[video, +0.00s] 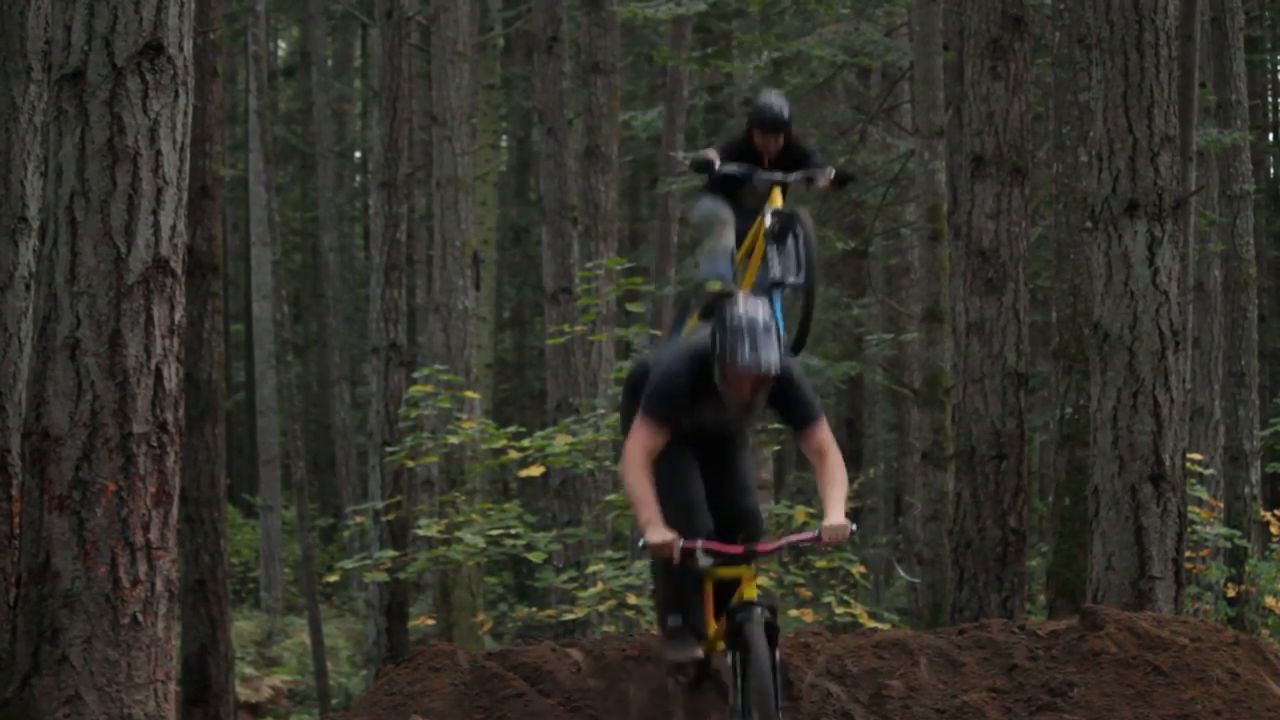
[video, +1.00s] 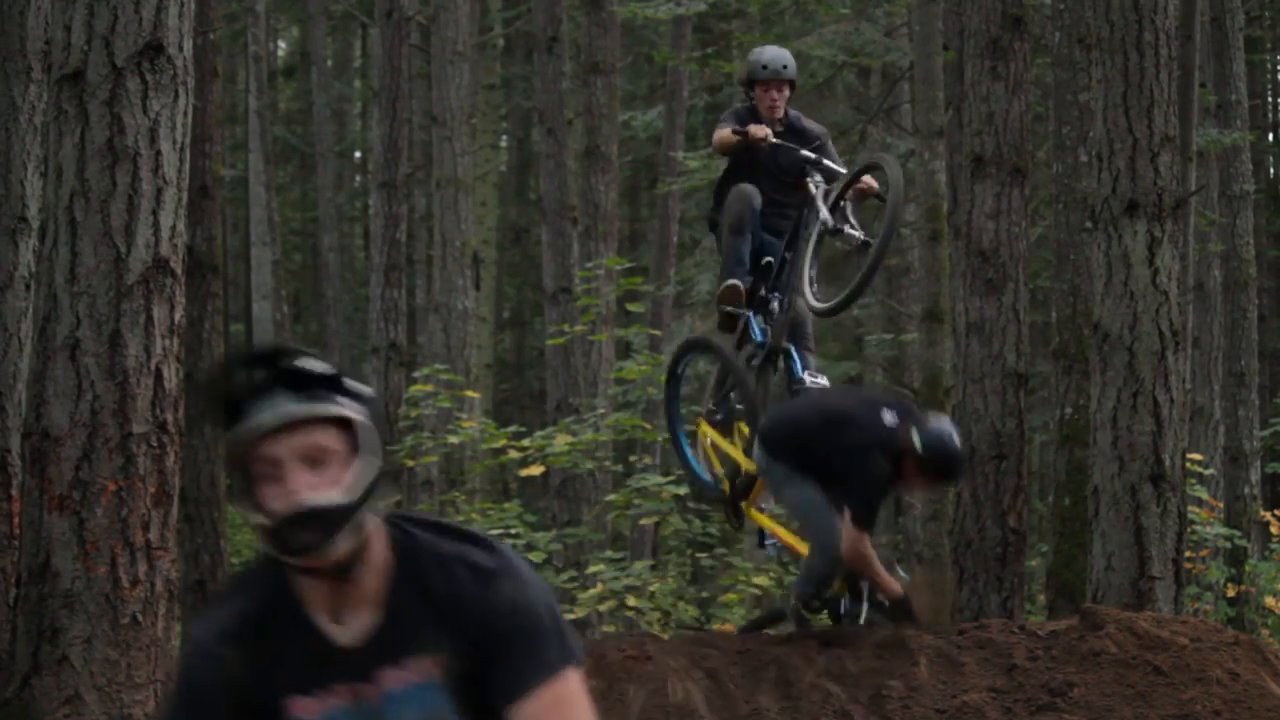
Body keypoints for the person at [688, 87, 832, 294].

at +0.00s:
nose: (770, 144)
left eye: (776, 137)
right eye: (764, 136)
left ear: (785, 135)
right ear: (752, 133)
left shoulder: (792, 151)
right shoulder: (741, 146)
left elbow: (812, 166)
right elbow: (720, 153)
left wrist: (824, 177)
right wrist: (709, 158)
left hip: (764, 216)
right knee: (719, 214)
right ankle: (716, 281)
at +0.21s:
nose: (790, 22)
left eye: (796, 16)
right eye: (784, 15)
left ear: (805, 12)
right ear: (771, 10)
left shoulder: (816, 27)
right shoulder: (755, 23)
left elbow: (848, 61)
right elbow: (727, 66)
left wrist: (863, 92)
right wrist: (719, 102)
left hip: (780, 105)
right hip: (742, 94)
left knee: (770, 180)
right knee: (737, 136)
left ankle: (748, 260)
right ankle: (723, 208)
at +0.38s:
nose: (808, 3)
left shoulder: (841, 4)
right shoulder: (769, 2)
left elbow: (871, 40)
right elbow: (743, 44)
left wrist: (887, 82)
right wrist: (736, 95)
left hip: (788, 70)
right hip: (752, 57)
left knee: (783, 152)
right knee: (753, 120)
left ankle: (750, 245)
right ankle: (737, 205)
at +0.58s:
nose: (850, 71)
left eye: (859, 66)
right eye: (845, 62)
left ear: (870, 62)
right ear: (832, 51)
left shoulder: (871, 76)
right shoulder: (805, 62)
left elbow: (904, 124)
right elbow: (772, 123)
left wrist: (921, 182)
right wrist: (761, 187)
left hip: (801, 134)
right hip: (759, 120)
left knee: (825, 216)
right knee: (778, 200)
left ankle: (789, 285)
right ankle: (759, 292)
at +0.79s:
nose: (882, 288)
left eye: (892, 281)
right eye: (880, 277)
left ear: (906, 270)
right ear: (868, 258)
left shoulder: (901, 271)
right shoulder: (836, 254)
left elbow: (929, 334)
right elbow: (805, 329)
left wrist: (954, 401)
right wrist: (803, 401)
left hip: (823, 295)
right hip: (779, 286)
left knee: (841, 389)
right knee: (789, 382)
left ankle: (820, 461)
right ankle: (795, 483)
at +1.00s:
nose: (924, 489)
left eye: (931, 485)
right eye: (928, 481)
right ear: (917, 465)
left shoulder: (903, 410)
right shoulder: (877, 463)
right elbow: (854, 549)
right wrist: (892, 590)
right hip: (778, 453)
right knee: (831, 544)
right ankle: (801, 604)